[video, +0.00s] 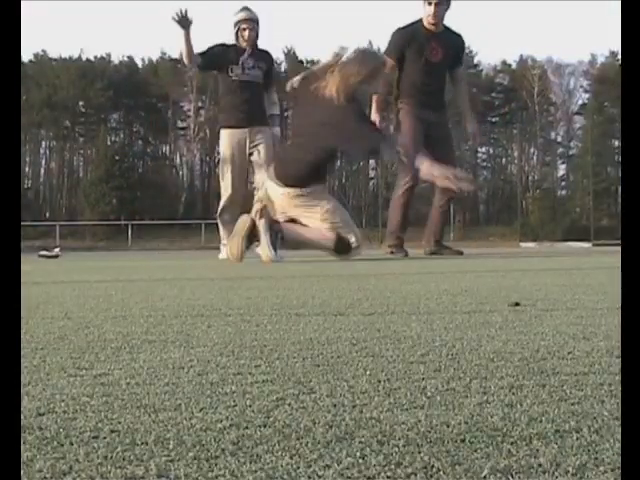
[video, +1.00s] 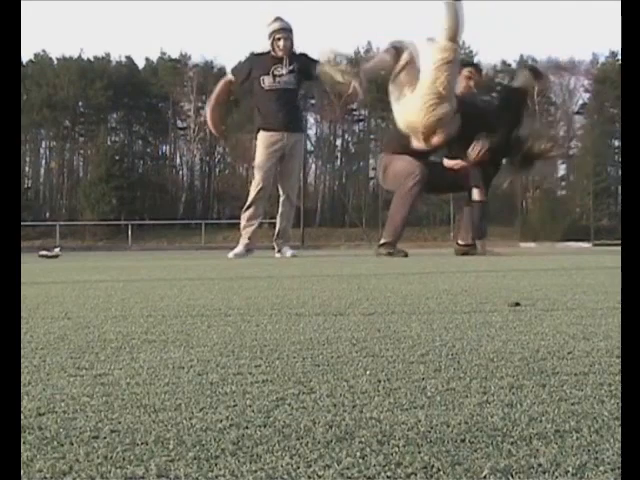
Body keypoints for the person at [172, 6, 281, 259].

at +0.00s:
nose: (248, 32)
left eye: (251, 28)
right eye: (243, 28)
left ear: (257, 30)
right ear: (237, 31)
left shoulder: (266, 58)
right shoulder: (223, 52)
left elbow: (271, 95)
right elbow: (191, 62)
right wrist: (186, 32)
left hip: (261, 129)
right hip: (231, 130)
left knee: (266, 187)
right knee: (231, 190)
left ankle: (266, 242)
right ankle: (228, 245)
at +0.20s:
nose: (247, 34)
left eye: (251, 30)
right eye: (243, 30)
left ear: (258, 32)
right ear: (236, 33)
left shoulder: (267, 57)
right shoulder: (223, 54)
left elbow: (274, 91)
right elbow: (205, 83)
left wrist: (278, 119)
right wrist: (192, 65)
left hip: (259, 131)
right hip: (230, 131)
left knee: (267, 184)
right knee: (227, 190)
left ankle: (278, 239)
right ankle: (225, 244)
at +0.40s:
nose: (252, 37)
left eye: (255, 32)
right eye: (247, 33)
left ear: (262, 33)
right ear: (240, 36)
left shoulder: (275, 56)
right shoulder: (230, 63)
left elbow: (289, 87)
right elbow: (224, 97)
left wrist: (295, 100)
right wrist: (212, 111)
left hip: (269, 132)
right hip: (238, 131)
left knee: (277, 188)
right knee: (233, 190)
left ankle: (281, 243)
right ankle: (226, 244)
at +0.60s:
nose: (263, 38)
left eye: (266, 34)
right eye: (258, 35)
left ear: (272, 35)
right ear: (250, 37)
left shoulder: (286, 55)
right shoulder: (242, 68)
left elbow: (315, 70)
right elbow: (236, 106)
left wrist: (322, 96)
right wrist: (228, 139)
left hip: (282, 136)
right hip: (251, 136)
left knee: (282, 192)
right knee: (242, 190)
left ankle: (281, 244)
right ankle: (229, 244)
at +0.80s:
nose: (274, 40)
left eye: (277, 36)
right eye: (269, 36)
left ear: (283, 38)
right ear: (261, 38)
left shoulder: (294, 59)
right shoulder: (248, 65)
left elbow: (327, 70)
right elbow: (233, 99)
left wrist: (340, 91)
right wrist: (231, 134)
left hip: (292, 136)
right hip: (263, 135)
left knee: (288, 192)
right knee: (254, 189)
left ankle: (282, 244)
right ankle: (242, 243)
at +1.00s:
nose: (283, 43)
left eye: (286, 38)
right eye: (278, 39)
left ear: (292, 39)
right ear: (271, 41)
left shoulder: (302, 62)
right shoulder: (255, 62)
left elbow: (329, 75)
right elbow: (227, 82)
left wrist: (351, 82)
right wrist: (211, 110)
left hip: (295, 137)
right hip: (268, 136)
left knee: (290, 192)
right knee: (260, 187)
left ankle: (282, 244)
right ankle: (245, 242)